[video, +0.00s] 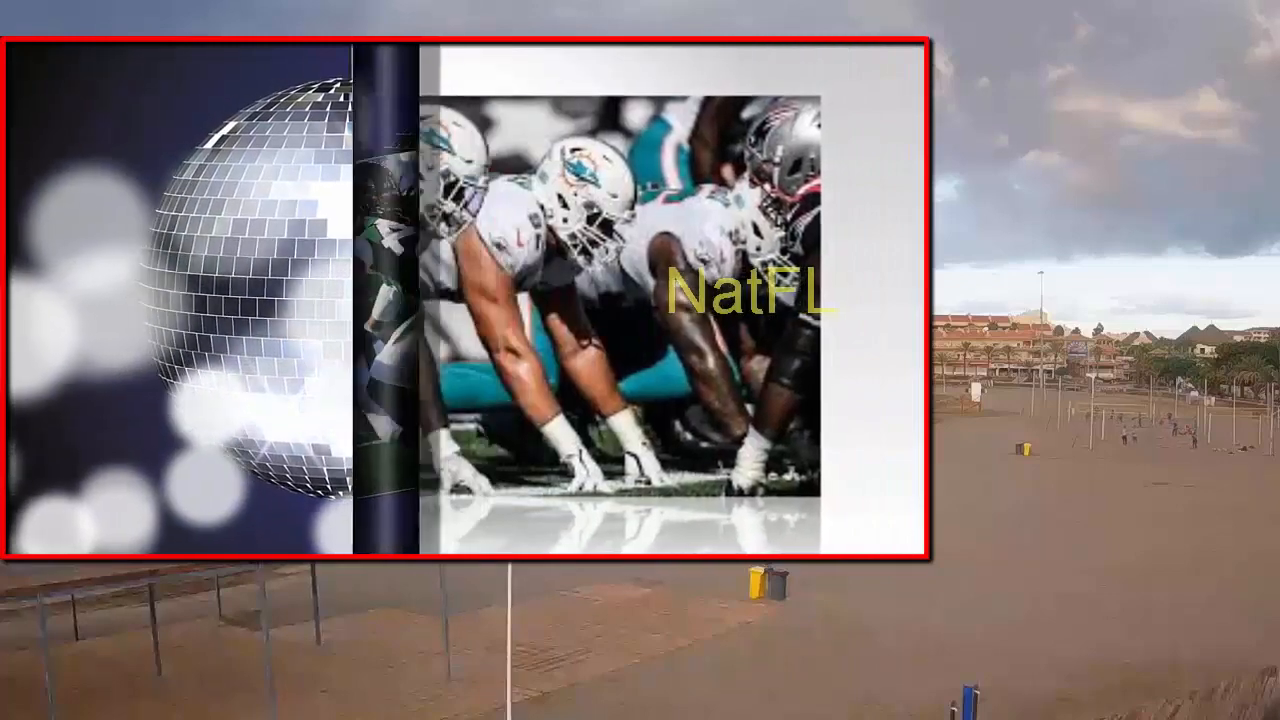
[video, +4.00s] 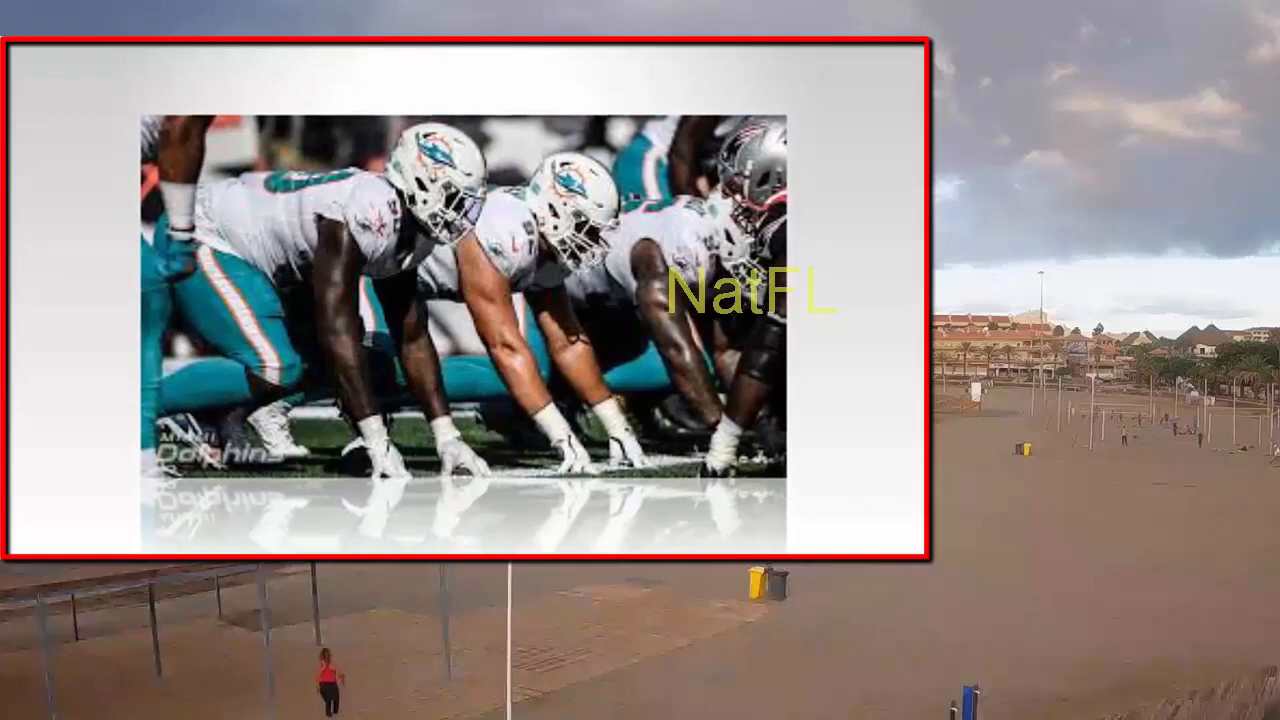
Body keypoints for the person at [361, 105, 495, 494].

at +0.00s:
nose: (457, 211)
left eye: (466, 194)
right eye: (451, 190)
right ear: (421, 179)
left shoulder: (396, 243)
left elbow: (413, 346)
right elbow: (404, 347)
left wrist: (442, 447)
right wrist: (441, 447)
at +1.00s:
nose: (457, 201)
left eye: (466, 190)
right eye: (449, 183)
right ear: (413, 164)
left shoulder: (399, 226)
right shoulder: (352, 202)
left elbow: (410, 340)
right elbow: (327, 332)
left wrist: (445, 447)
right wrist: (369, 449)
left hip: (247, 251)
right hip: (188, 235)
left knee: (312, 366)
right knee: (259, 374)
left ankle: (191, 426)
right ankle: (110, 412)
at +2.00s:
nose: (459, 204)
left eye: (467, 192)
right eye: (451, 186)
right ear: (416, 168)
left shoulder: (400, 228)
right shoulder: (356, 204)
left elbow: (411, 339)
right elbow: (330, 331)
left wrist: (445, 443)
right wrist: (371, 446)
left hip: (251, 254)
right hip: (196, 238)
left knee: (310, 364)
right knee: (265, 371)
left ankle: (191, 423)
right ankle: (112, 411)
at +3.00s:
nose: (459, 206)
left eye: (467, 195)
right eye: (452, 189)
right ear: (419, 170)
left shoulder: (401, 229)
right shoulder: (360, 204)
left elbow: (413, 339)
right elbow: (332, 328)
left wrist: (446, 440)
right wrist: (373, 443)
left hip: (255, 254)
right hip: (202, 239)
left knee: (317, 362)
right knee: (270, 370)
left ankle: (199, 420)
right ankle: (120, 408)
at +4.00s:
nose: (459, 210)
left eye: (466, 198)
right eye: (452, 193)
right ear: (420, 177)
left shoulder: (403, 230)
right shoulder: (361, 209)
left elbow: (414, 335)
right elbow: (336, 330)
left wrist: (446, 435)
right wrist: (376, 439)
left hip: (262, 256)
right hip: (209, 240)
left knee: (321, 364)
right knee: (276, 368)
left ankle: (211, 415)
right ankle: (132, 404)